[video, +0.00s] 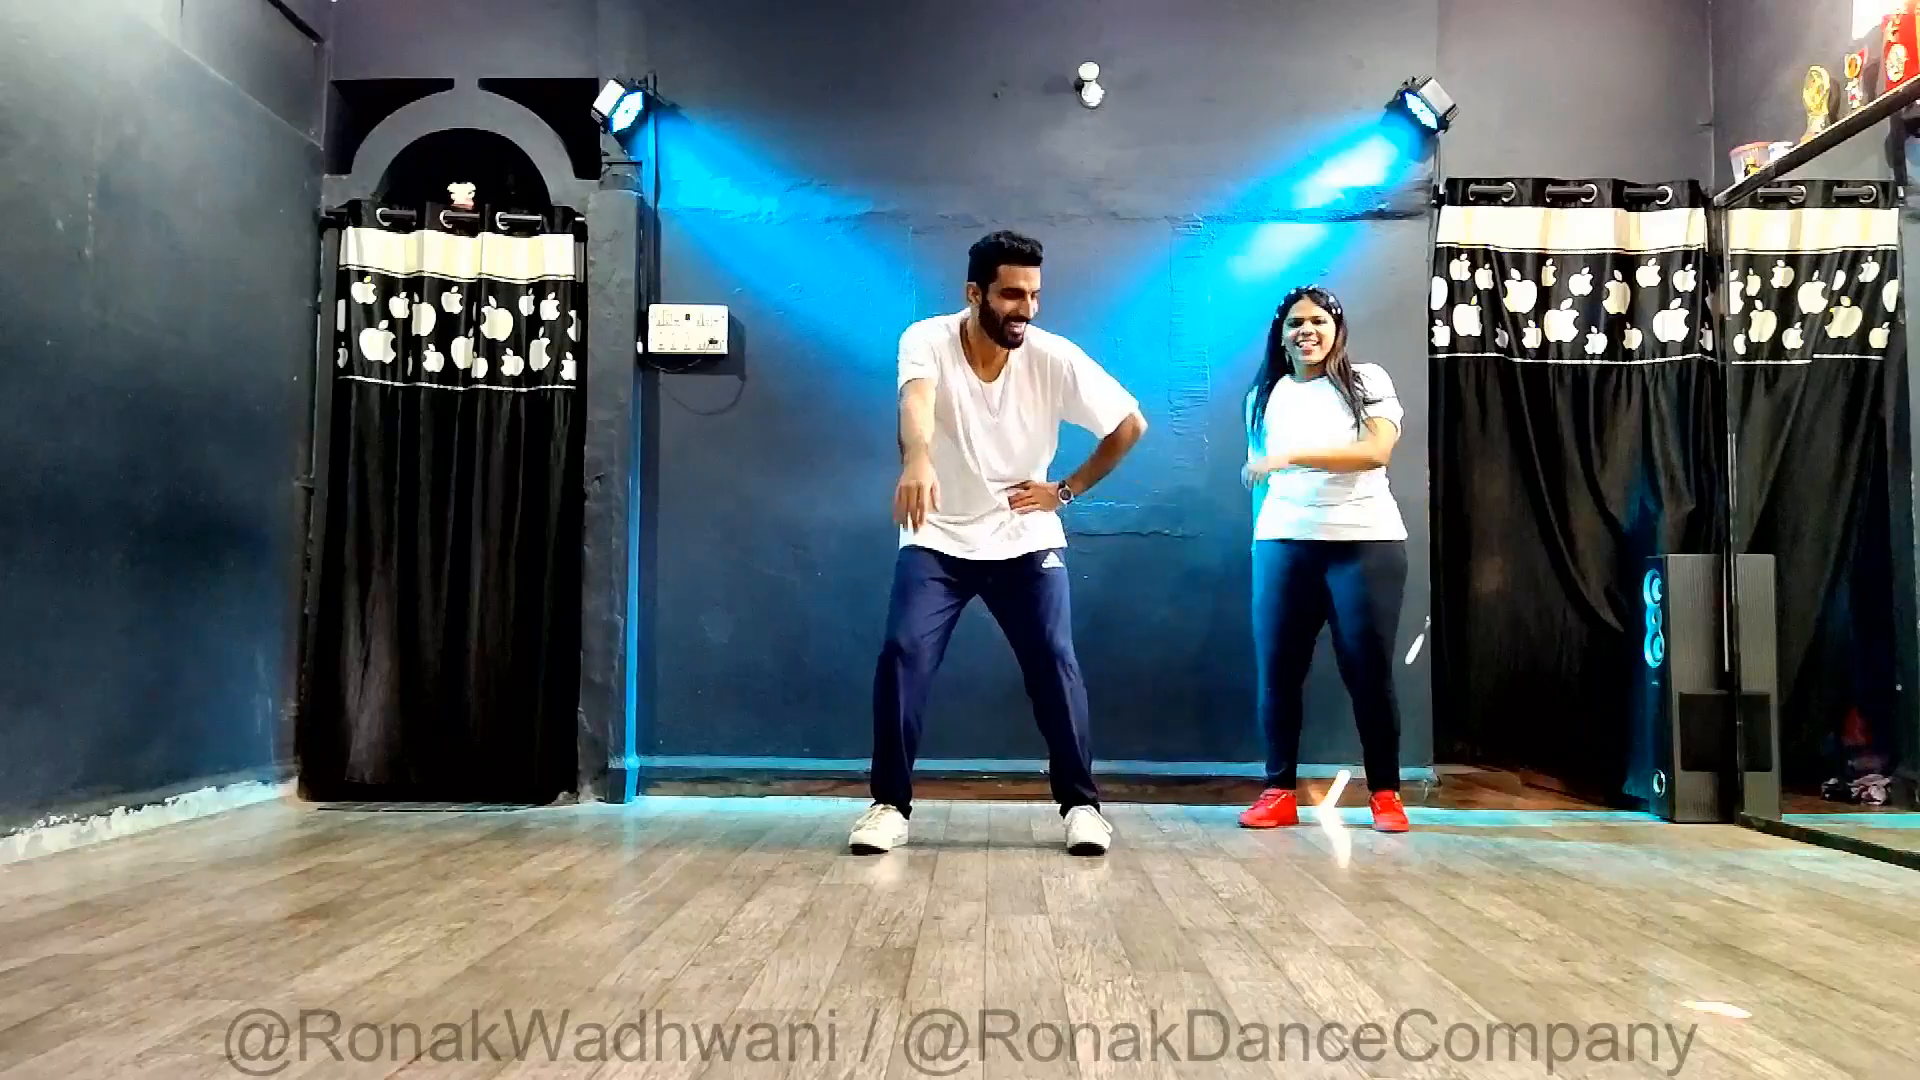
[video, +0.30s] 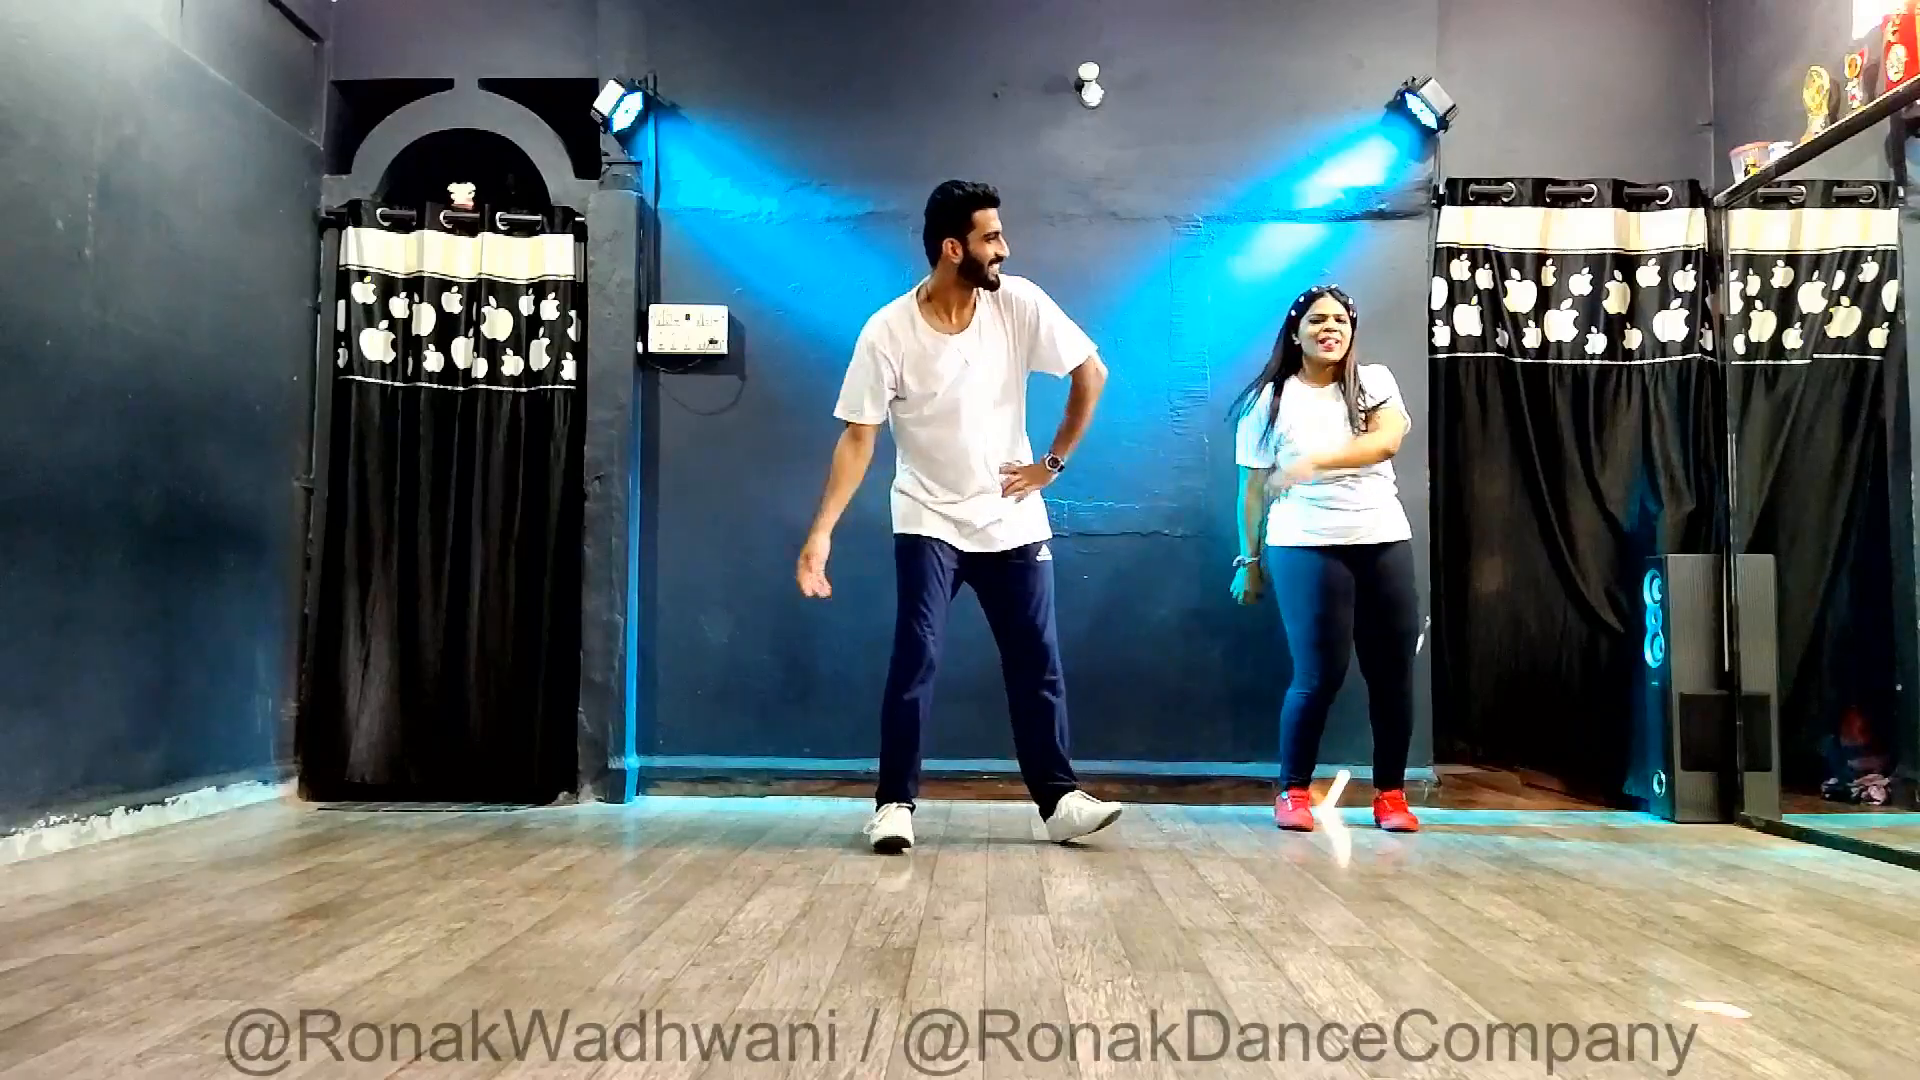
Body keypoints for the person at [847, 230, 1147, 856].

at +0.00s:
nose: (1025, 308)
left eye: (1033, 296)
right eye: (1011, 295)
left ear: (1039, 296)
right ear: (975, 292)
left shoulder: (1054, 357)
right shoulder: (926, 340)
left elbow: (1129, 424)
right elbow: (917, 399)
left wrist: (1067, 488)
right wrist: (916, 460)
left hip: (1024, 534)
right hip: (938, 532)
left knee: (1054, 655)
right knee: (904, 649)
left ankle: (1080, 805)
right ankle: (889, 806)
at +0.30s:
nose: (1002, 248)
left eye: (1001, 235)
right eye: (989, 238)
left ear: (973, 244)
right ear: (947, 248)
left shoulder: (1017, 302)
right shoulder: (887, 333)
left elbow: (1091, 372)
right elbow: (857, 438)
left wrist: (1053, 462)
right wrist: (821, 531)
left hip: (1010, 506)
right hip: (928, 509)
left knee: (1038, 655)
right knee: (918, 649)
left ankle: (1057, 799)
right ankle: (894, 804)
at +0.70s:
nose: (1009, 241)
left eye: (1008, 229)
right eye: (994, 233)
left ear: (1001, 238)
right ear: (956, 250)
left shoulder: (1040, 298)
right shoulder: (914, 340)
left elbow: (1103, 367)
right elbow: (866, 430)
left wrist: (1153, 440)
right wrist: (801, 504)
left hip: (1056, 517)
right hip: (966, 518)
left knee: (1082, 655)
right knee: (932, 654)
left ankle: (1080, 805)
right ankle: (909, 807)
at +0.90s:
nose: (1044, 235)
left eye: (1052, 224)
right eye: (1030, 224)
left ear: (1059, 233)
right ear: (996, 233)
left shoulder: (1081, 299)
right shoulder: (962, 320)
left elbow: (1080, 386)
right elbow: (959, 409)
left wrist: (1046, 455)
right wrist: (944, 481)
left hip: (1078, 519)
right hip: (995, 520)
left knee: (1095, 667)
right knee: (972, 665)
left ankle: (1110, 801)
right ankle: (943, 811)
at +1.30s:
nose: (1039, 232)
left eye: (1053, 220)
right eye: (1027, 221)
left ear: (1072, 230)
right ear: (1009, 233)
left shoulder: (1092, 278)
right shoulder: (979, 312)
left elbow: (1078, 304)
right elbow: (916, 378)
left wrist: (1015, 304)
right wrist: (852, 442)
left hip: (1084, 507)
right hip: (1002, 505)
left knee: (1096, 663)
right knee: (970, 637)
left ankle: (1107, 800)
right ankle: (970, 792)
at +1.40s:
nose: (992, 248)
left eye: (1005, 235)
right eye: (978, 236)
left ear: (1025, 236)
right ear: (960, 242)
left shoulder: (1052, 270)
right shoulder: (940, 323)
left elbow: (1122, 300)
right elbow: (905, 394)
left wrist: (1056, 372)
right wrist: (871, 454)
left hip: (1077, 508)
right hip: (992, 515)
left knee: (1096, 661)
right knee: (963, 649)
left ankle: (1108, 800)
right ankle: (957, 803)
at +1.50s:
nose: (972, 287)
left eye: (983, 270)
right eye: (956, 274)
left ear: (1002, 253)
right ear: (935, 263)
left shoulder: (1044, 297)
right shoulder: (914, 352)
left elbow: (1109, 369)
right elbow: (908, 452)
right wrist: (893, 542)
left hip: (1068, 514)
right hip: (977, 530)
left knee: (1111, 643)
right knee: (959, 669)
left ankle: (1115, 775)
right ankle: (957, 812)